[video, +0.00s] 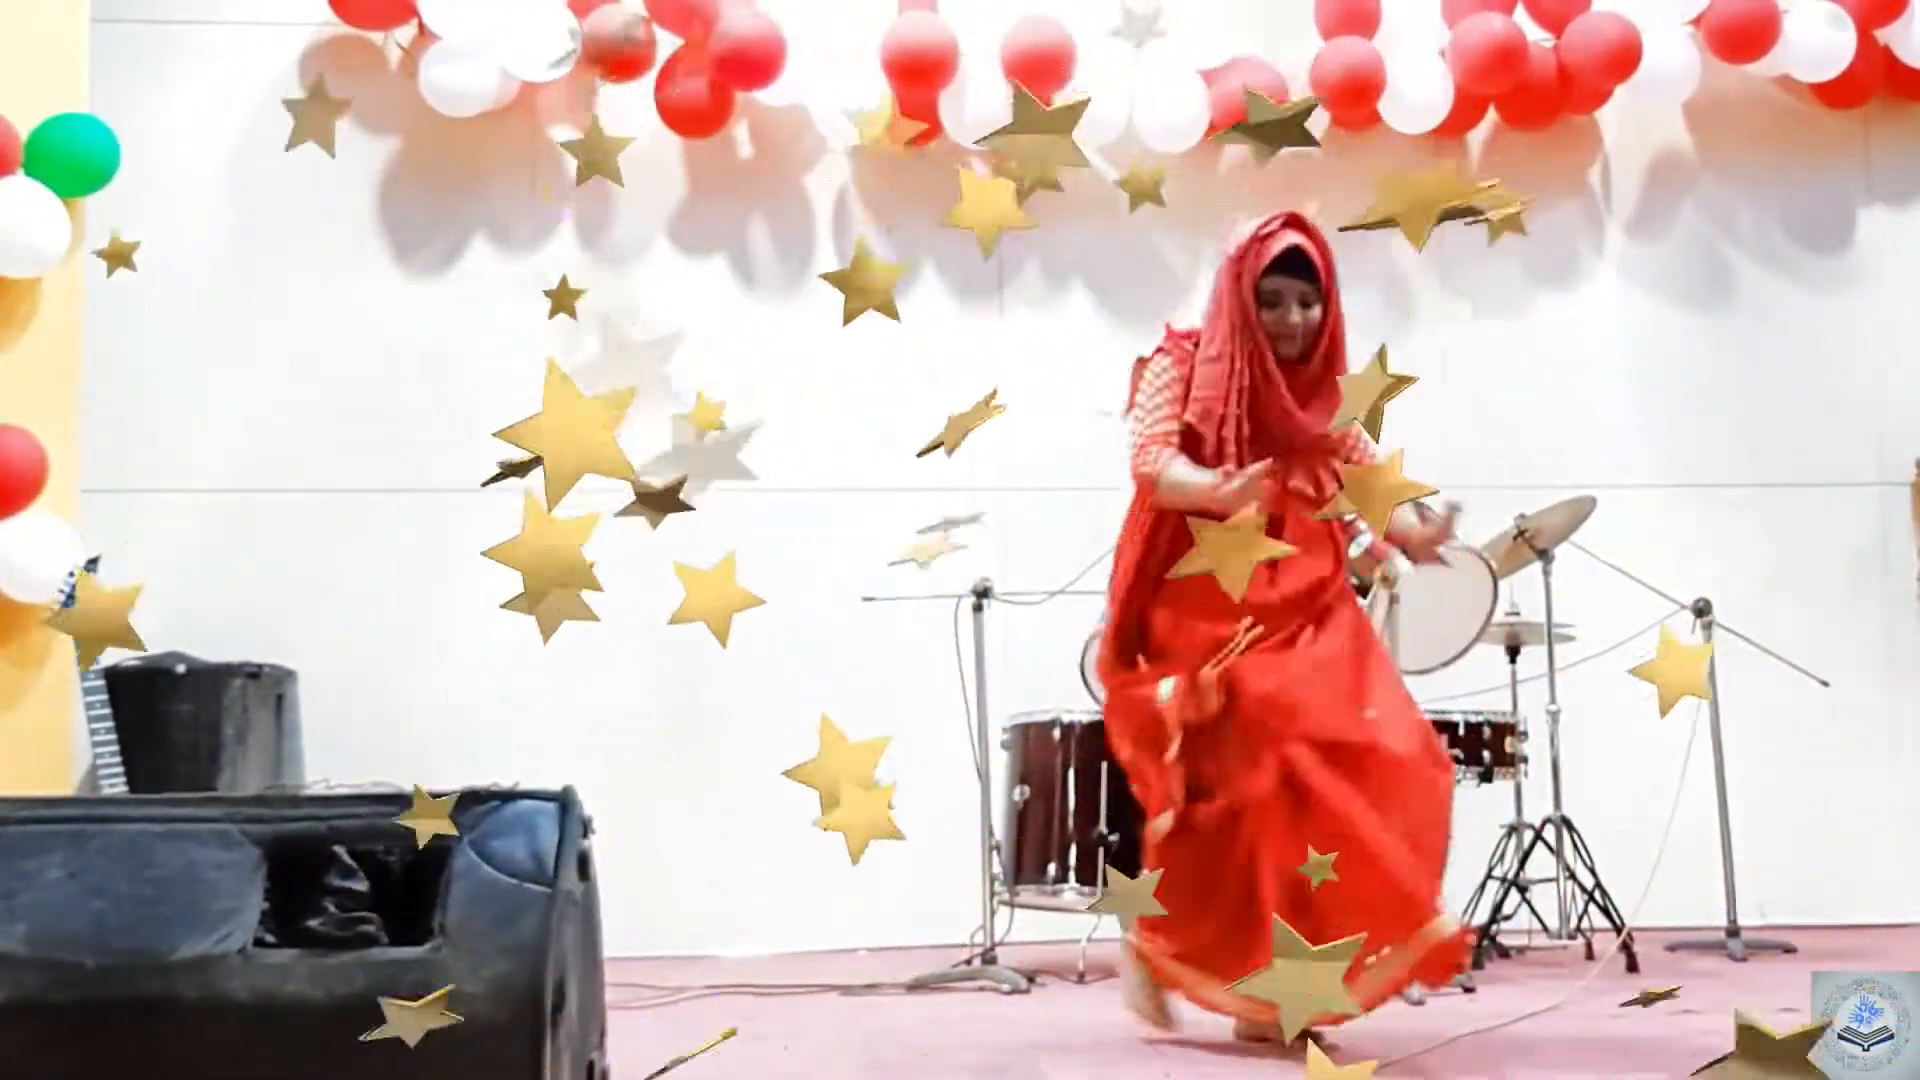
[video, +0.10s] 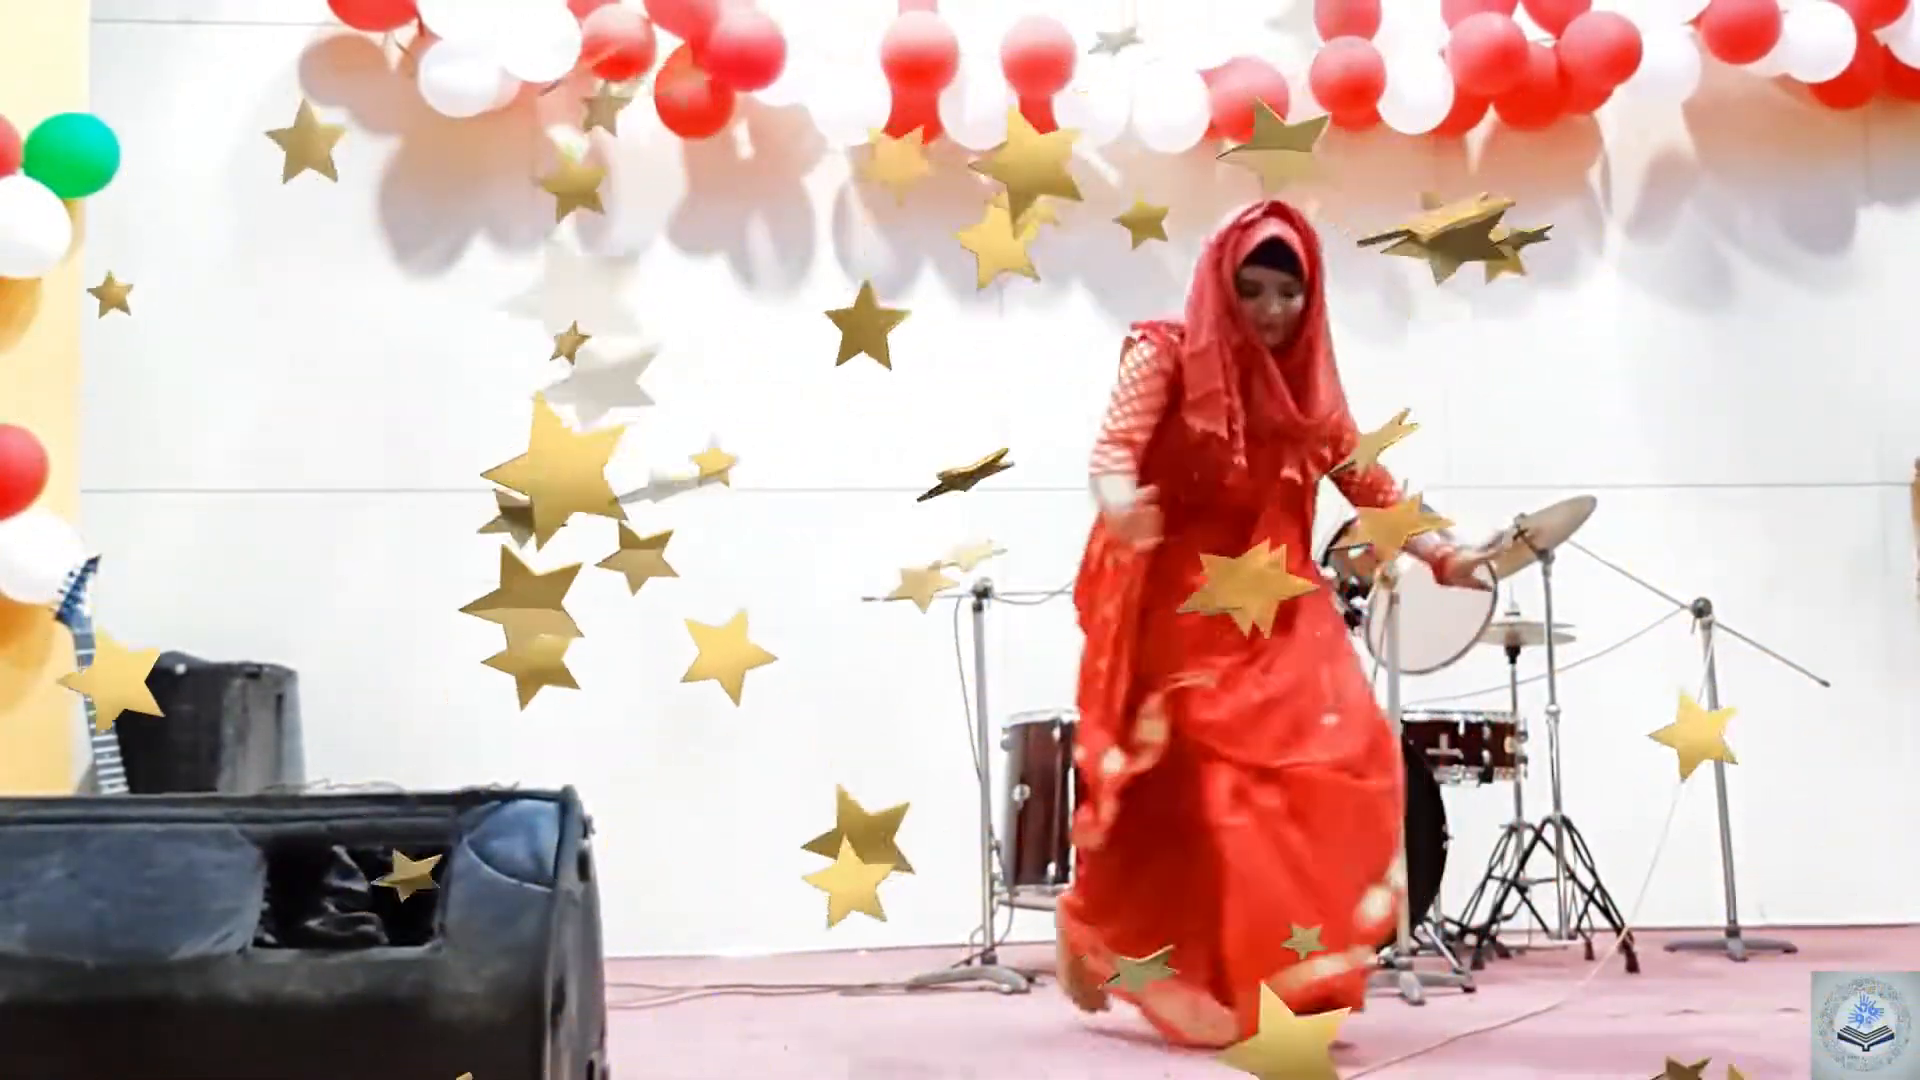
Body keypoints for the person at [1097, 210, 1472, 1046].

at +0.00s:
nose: (1292, 319)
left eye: (1305, 302)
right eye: (1273, 301)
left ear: (1324, 307)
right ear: (1240, 302)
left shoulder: (1329, 386)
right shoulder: (1184, 361)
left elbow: (1373, 489)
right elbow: (1153, 462)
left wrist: (1414, 529)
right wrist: (1216, 491)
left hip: (1310, 608)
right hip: (1205, 613)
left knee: (1373, 766)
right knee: (1256, 776)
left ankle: (1294, 996)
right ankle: (1153, 943)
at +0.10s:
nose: (1274, 309)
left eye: (1289, 291)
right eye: (1255, 290)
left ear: (1308, 298)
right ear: (1222, 290)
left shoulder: (1304, 380)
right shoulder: (1164, 352)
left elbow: (1367, 484)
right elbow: (1110, 453)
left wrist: (1439, 549)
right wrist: (1125, 507)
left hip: (1277, 598)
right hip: (1173, 598)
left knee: (1353, 752)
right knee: (1204, 775)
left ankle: (1308, 975)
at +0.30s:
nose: (1223, 347)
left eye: (1238, 330)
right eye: (1206, 330)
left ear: (1260, 336)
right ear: (1178, 331)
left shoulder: (1270, 425)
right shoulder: (1124, 403)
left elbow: (1350, 516)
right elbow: (1050, 504)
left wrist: (1450, 526)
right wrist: (998, 546)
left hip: (1219, 656)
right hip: (1111, 662)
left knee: (1267, 792)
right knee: (1118, 833)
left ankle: (1266, 986)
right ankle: (1126, 1002)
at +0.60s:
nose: (1199, 268)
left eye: (1213, 252)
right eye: (1179, 256)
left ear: (1238, 266)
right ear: (1148, 274)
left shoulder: (1261, 376)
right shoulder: (1109, 360)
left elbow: (1307, 468)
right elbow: (1037, 460)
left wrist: (1358, 519)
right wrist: (966, 457)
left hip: (1210, 601)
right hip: (1104, 598)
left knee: (1205, 782)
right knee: (1088, 785)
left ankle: (1208, 987)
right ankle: (1056, 966)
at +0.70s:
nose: (1199, 271)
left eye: (1210, 255)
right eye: (1178, 261)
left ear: (1235, 264)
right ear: (1153, 280)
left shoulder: (1268, 381)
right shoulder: (1117, 368)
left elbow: (1278, 508)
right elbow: (1064, 465)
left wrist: (1296, 606)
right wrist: (1000, 449)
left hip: (1227, 602)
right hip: (1128, 599)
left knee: (1219, 789)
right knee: (1118, 783)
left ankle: (1211, 997)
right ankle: (1048, 943)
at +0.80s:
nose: (1189, 227)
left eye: (1201, 213)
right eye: (1169, 221)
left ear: (1232, 231)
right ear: (1146, 251)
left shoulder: (1276, 354)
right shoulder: (1118, 337)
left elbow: (1285, 479)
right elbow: (1015, 360)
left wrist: (1280, 434)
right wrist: (979, 279)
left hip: (1237, 590)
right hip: (1137, 587)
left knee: (1235, 784)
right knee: (1139, 782)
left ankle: (1212, 989)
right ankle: (1110, 957)